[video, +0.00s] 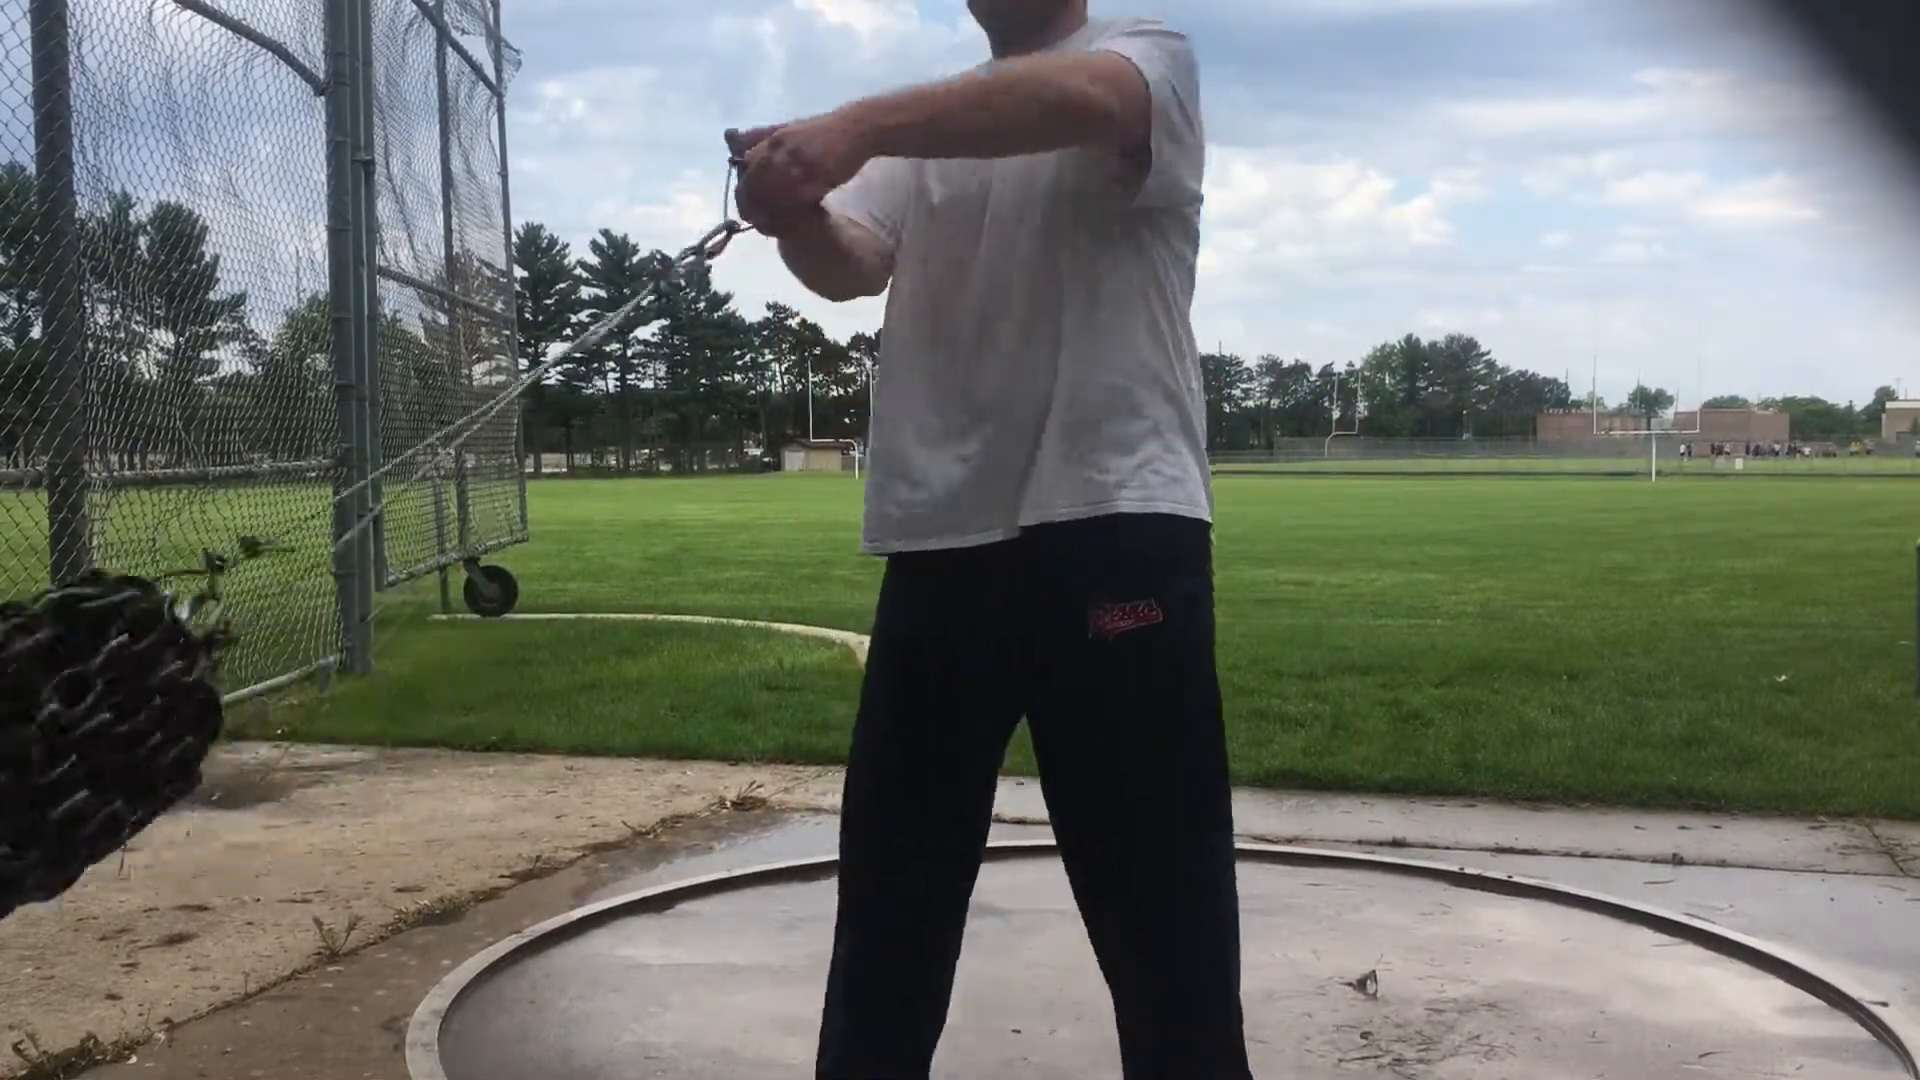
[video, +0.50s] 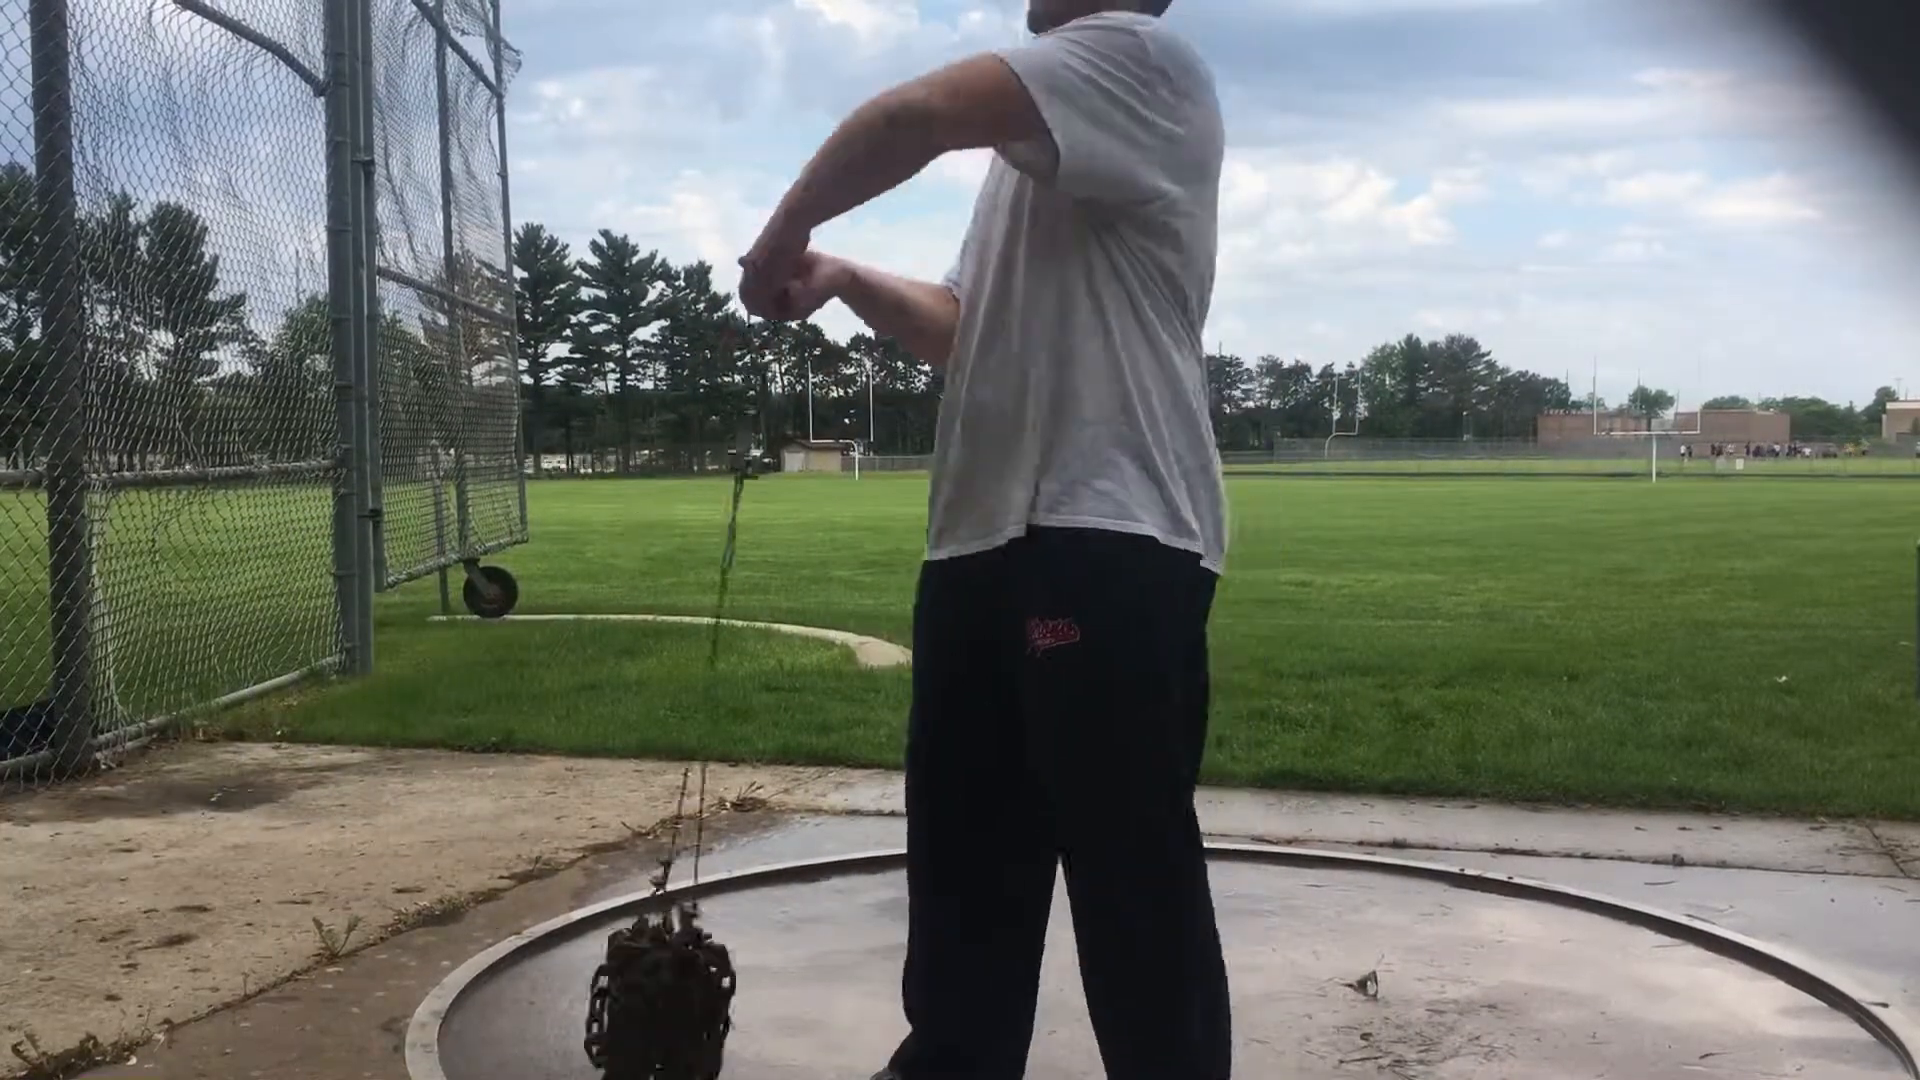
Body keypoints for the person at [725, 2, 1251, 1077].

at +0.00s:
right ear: (977, 4)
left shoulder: (1148, 56)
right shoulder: (928, 133)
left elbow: (1090, 99)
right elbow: (855, 265)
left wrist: (861, 127)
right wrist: (797, 221)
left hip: (1114, 528)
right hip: (938, 544)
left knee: (1162, 918)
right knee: (890, 910)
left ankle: (1189, 1067)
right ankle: (864, 1070)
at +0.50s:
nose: (1028, 3)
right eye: (1032, 6)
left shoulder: (1151, 60)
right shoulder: (1023, 146)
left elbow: (912, 115)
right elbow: (974, 337)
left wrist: (784, 232)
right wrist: (845, 275)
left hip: (1109, 519)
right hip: (976, 537)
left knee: (1129, 867)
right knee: (966, 858)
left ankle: (1169, 1067)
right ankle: (952, 1060)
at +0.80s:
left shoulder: (986, 42)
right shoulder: (1056, 94)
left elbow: (749, 180)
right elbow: (961, 323)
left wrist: (728, 277)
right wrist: (802, 296)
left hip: (987, 512)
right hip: (933, 514)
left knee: (1057, 849)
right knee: (920, 854)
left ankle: (1176, 1065)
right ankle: (925, 1064)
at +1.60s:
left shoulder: (1130, 81)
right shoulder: (985, 136)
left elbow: (913, 173)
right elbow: (883, 292)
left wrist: (705, 236)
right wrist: (753, 272)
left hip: (1094, 517)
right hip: (947, 537)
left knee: (1108, 868)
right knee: (920, 873)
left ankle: (1169, 1073)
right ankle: (921, 1070)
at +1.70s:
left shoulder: (1202, 93)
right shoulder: (1004, 111)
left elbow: (1048, 184)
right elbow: (916, 279)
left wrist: (817, 249)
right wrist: (832, 293)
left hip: (1138, 526)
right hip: (973, 533)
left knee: (1142, 891)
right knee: (930, 894)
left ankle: (1185, 1074)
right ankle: (918, 1072)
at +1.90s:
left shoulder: (1289, 106)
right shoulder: (1049, 98)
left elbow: (1208, 229)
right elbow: (968, 226)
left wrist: (996, 300)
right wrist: (939, 316)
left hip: (1201, 524)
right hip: (1027, 522)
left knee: (1189, 875)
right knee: (963, 864)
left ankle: (1197, 1070)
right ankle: (926, 1066)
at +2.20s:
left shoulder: (1305, 115)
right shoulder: (1072, 71)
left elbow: (1261, 227)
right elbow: (991, 127)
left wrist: (1088, 200)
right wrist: (994, 180)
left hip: (1196, 542)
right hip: (1014, 525)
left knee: (1203, 882)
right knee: (940, 849)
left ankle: (1204, 1069)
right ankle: (914, 1066)